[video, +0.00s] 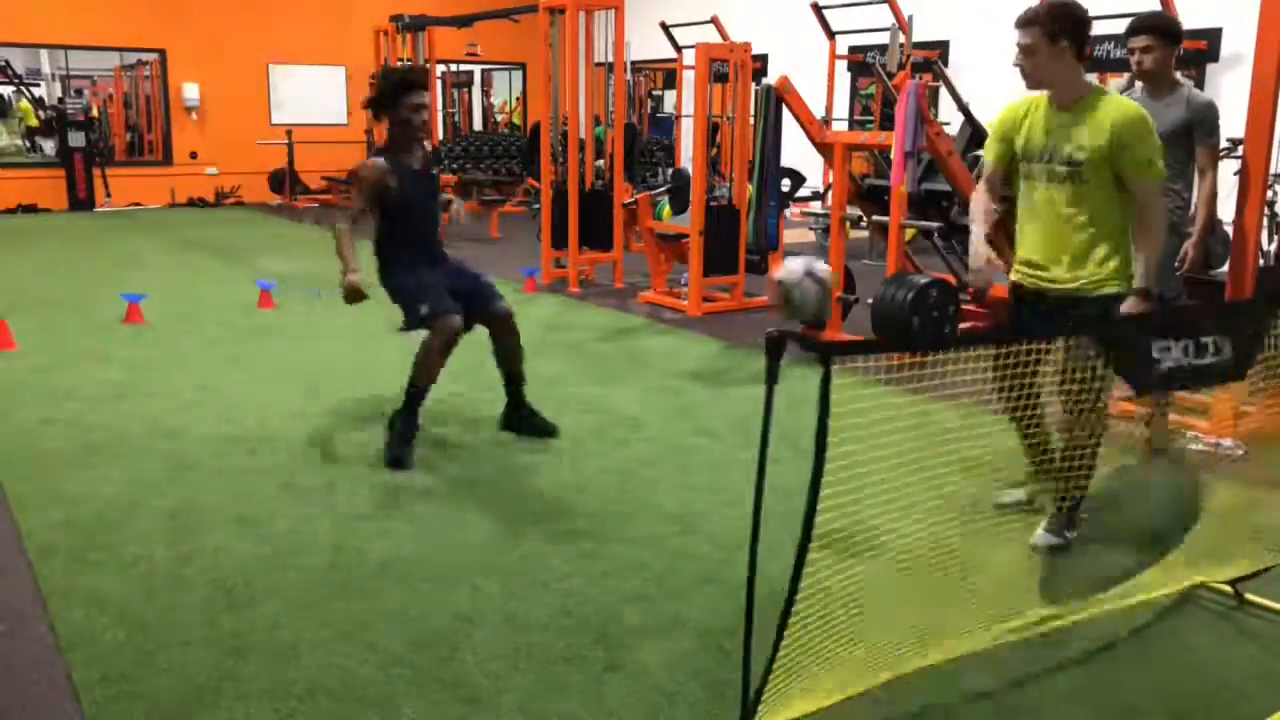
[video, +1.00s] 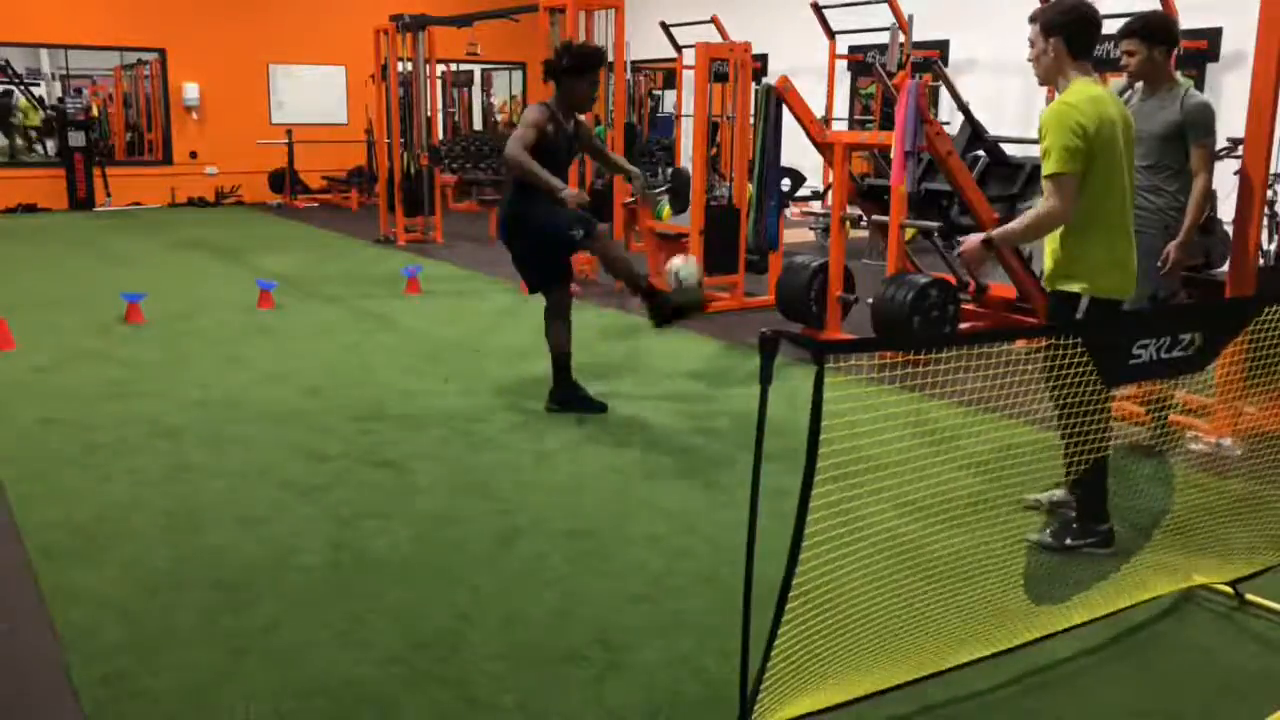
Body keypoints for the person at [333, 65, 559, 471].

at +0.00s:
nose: (421, 118)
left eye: (424, 110)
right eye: (412, 111)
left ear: (429, 113)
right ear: (388, 118)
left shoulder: (426, 158)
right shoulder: (376, 171)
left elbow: (418, 213)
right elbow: (346, 227)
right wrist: (349, 271)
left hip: (438, 262)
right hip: (403, 270)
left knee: (501, 316)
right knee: (448, 325)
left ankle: (517, 407)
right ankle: (406, 421)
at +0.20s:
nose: (487, 109)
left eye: (488, 100)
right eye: (480, 101)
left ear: (484, 101)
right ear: (456, 103)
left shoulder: (468, 146)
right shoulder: (442, 153)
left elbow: (464, 191)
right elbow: (411, 205)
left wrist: (500, 194)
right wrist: (440, 260)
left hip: (485, 248)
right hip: (463, 259)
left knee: (551, 277)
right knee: (524, 324)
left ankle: (554, 361)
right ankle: (492, 419)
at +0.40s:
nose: (548, 104)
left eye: (550, 95)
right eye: (545, 95)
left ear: (513, 86)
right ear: (526, 91)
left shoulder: (483, 118)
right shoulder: (507, 137)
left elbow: (446, 158)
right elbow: (481, 194)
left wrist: (490, 170)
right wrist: (517, 250)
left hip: (511, 228)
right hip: (497, 238)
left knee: (570, 253)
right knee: (529, 321)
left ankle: (586, 336)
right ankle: (493, 418)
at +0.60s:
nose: (584, 90)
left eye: (585, 80)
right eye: (581, 80)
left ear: (551, 77)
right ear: (562, 79)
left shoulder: (531, 115)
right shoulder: (538, 122)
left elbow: (487, 145)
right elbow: (513, 179)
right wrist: (540, 231)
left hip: (540, 228)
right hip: (526, 230)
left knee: (561, 305)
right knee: (534, 317)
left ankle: (563, 385)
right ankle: (498, 408)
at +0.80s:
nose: (593, 86)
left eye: (594, 77)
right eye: (589, 77)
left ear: (567, 76)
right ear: (566, 75)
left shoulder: (558, 115)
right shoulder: (544, 113)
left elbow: (556, 155)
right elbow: (509, 154)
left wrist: (587, 159)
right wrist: (527, 213)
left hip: (542, 221)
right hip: (540, 222)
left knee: (563, 298)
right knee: (603, 273)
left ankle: (565, 387)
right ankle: (558, 349)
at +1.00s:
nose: (596, 91)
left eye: (597, 83)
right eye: (590, 83)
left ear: (580, 85)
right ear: (565, 82)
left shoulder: (577, 127)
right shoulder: (537, 116)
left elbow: (604, 157)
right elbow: (514, 153)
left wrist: (634, 173)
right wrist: (561, 189)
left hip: (541, 215)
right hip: (525, 213)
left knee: (559, 296)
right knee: (599, 237)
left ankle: (563, 386)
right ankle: (655, 300)